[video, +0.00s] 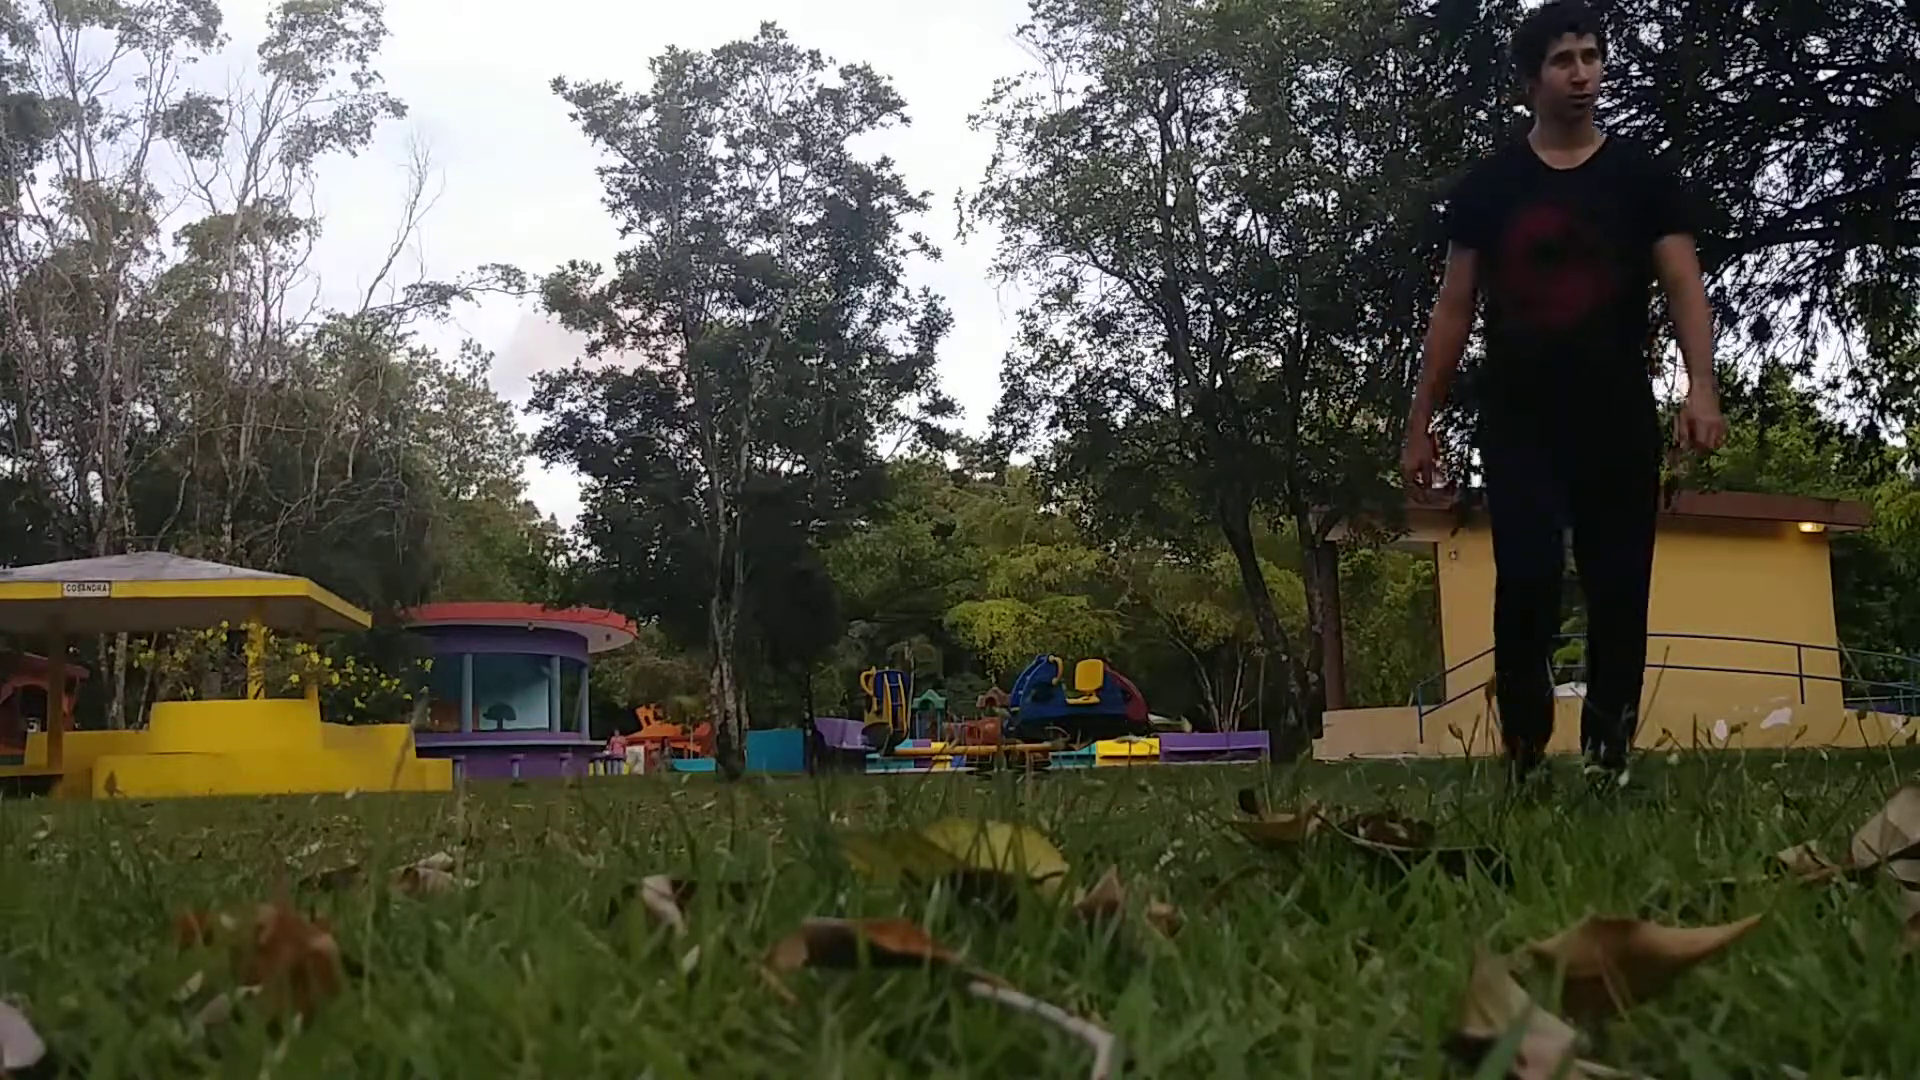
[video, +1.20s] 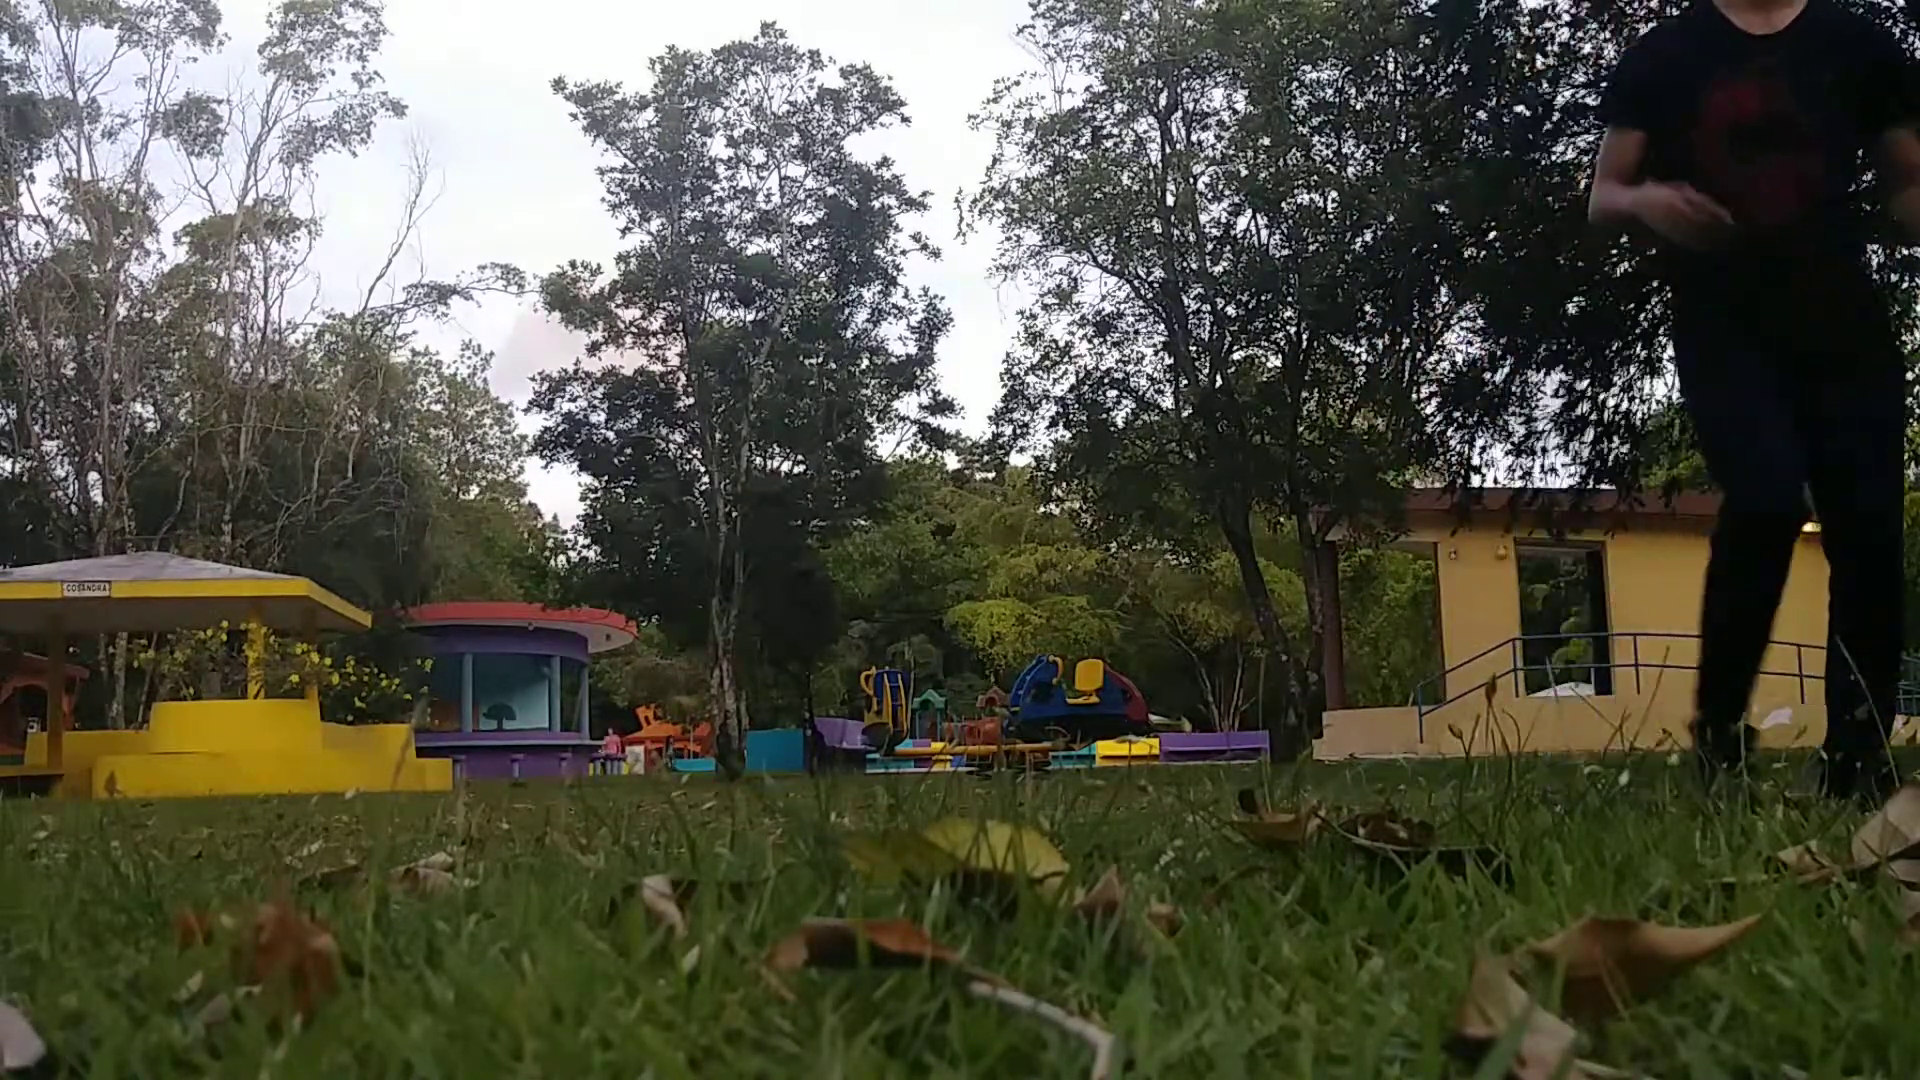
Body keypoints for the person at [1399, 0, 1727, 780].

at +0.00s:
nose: (1581, 73)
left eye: (1591, 58)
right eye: (1563, 61)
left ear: (1604, 68)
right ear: (1529, 78)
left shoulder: (1644, 173)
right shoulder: (1487, 184)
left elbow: (1683, 283)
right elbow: (1453, 305)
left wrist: (1702, 385)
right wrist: (1421, 419)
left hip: (1618, 414)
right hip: (1519, 417)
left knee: (1619, 592)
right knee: (1525, 585)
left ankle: (1609, 758)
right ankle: (1523, 757)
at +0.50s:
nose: (1580, 22)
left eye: (1589, 8)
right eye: (1559, 10)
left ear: (1602, 21)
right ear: (1525, 31)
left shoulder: (1650, 125)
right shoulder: (1497, 142)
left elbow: (1690, 250)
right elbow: (1445, 270)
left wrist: (1701, 358)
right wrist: (1470, 356)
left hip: (1652, 388)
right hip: (1548, 395)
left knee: (1690, 575)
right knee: (1548, 585)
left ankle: (1621, 724)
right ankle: (1568, 766)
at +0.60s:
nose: (1594, 13)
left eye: (1604, 0)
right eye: (1575, 0)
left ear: (1617, 14)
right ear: (1538, 16)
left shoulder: (1662, 117)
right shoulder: (1503, 129)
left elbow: (1705, 245)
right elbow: (1452, 250)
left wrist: (1729, 352)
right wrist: (1513, 279)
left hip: (1662, 373)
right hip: (1558, 383)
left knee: (1721, 555)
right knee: (1557, 573)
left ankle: (1656, 729)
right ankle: (1568, 767)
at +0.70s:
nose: (1619, 3)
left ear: (1636, 8)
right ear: (1555, 9)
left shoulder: (1679, 113)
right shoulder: (1522, 114)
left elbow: (1720, 238)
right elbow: (1486, 230)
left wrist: (1756, 337)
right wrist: (1567, 235)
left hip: (1676, 363)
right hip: (1572, 373)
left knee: (1759, 537)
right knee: (1566, 571)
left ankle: (1728, 742)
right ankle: (1568, 765)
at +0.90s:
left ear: (1702, 4)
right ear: (1623, 2)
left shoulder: (1743, 107)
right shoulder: (1589, 97)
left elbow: (1764, 244)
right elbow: (1586, 227)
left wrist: (1805, 333)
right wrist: (1667, 241)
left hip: (1743, 364)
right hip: (1634, 369)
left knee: (1817, 546)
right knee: (1610, 570)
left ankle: (1846, 753)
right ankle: (1577, 767)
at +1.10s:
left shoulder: (1827, 73)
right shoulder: (1649, 68)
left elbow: (1854, 212)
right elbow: (1606, 217)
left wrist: (1898, 289)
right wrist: (1690, 260)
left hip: (1815, 331)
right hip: (1702, 341)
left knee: (1861, 543)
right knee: (1728, 540)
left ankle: (1856, 766)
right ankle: (1640, 734)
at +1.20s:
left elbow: (1906, 191)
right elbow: (1603, 197)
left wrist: (1900, 209)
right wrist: (1647, 200)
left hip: (1842, 319)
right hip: (1723, 328)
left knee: (1871, 534)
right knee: (1765, 499)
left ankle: (1857, 757)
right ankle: (1719, 737)